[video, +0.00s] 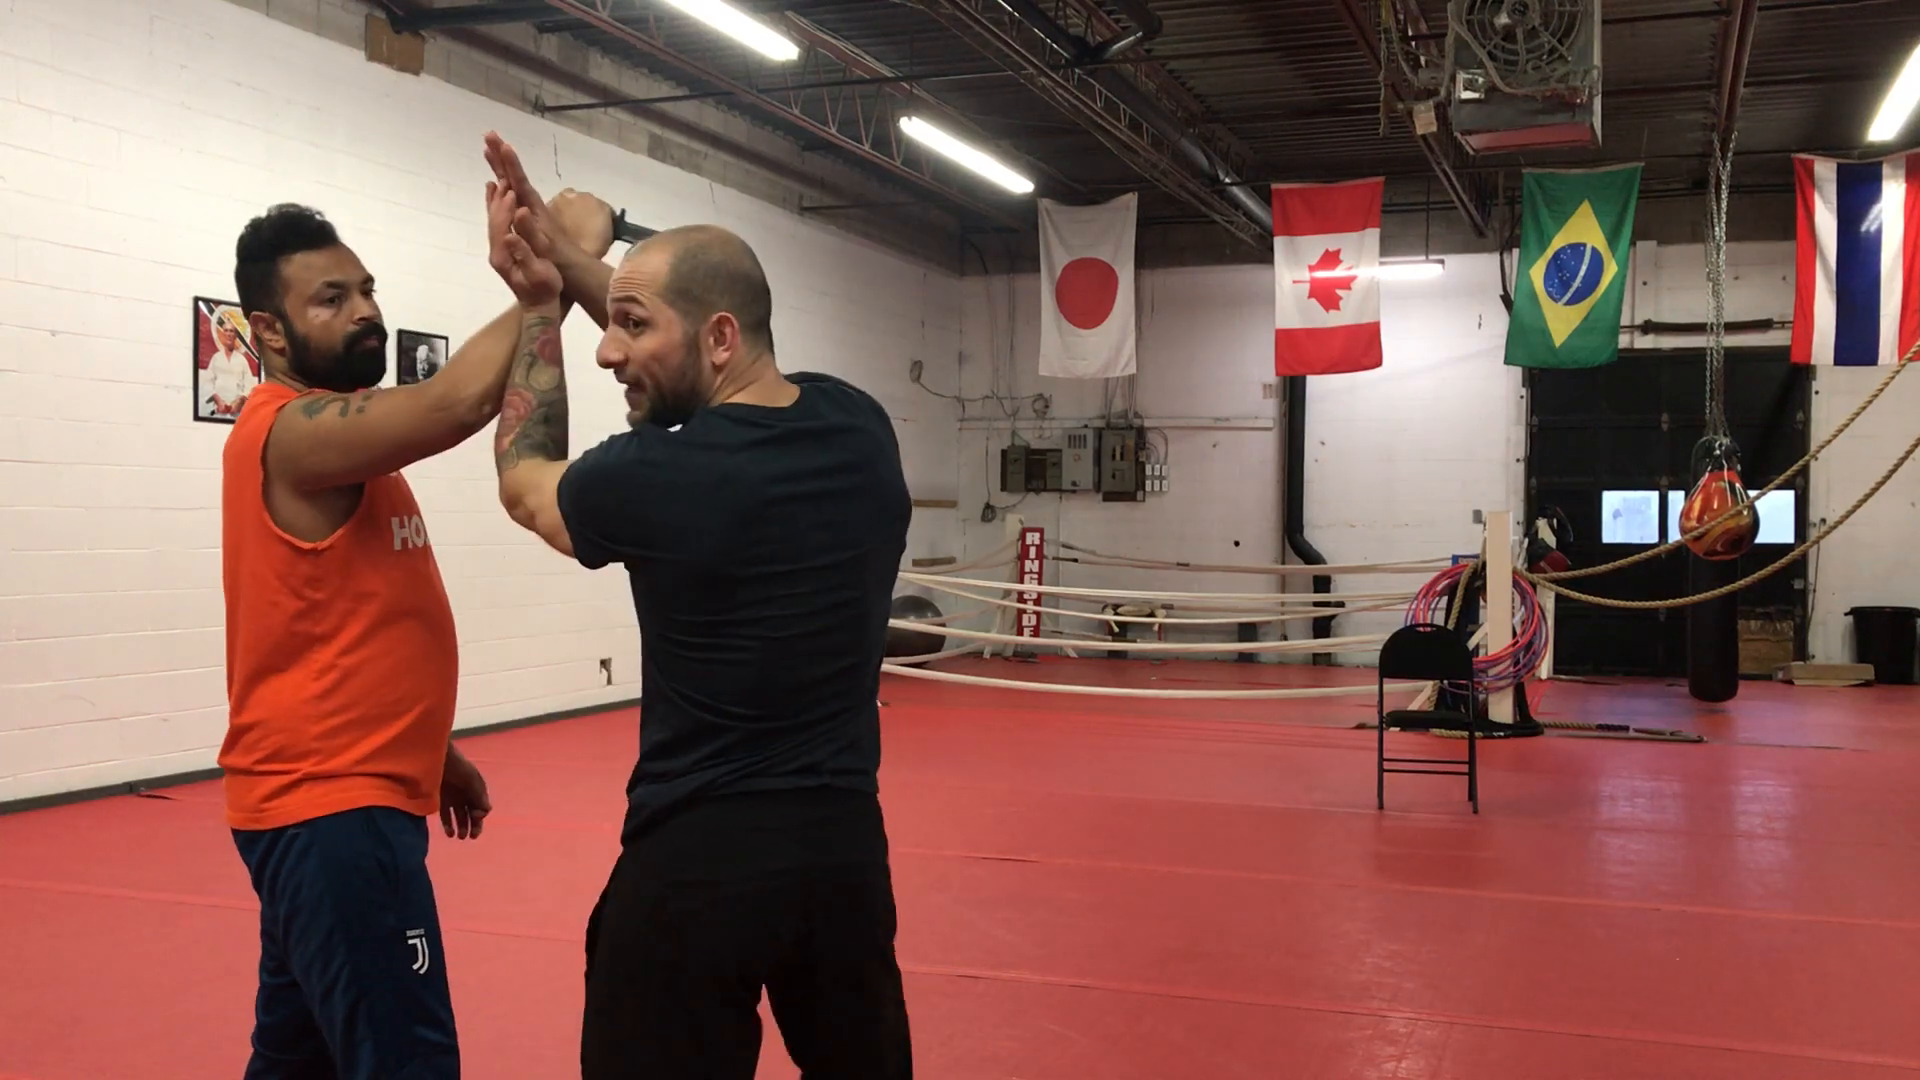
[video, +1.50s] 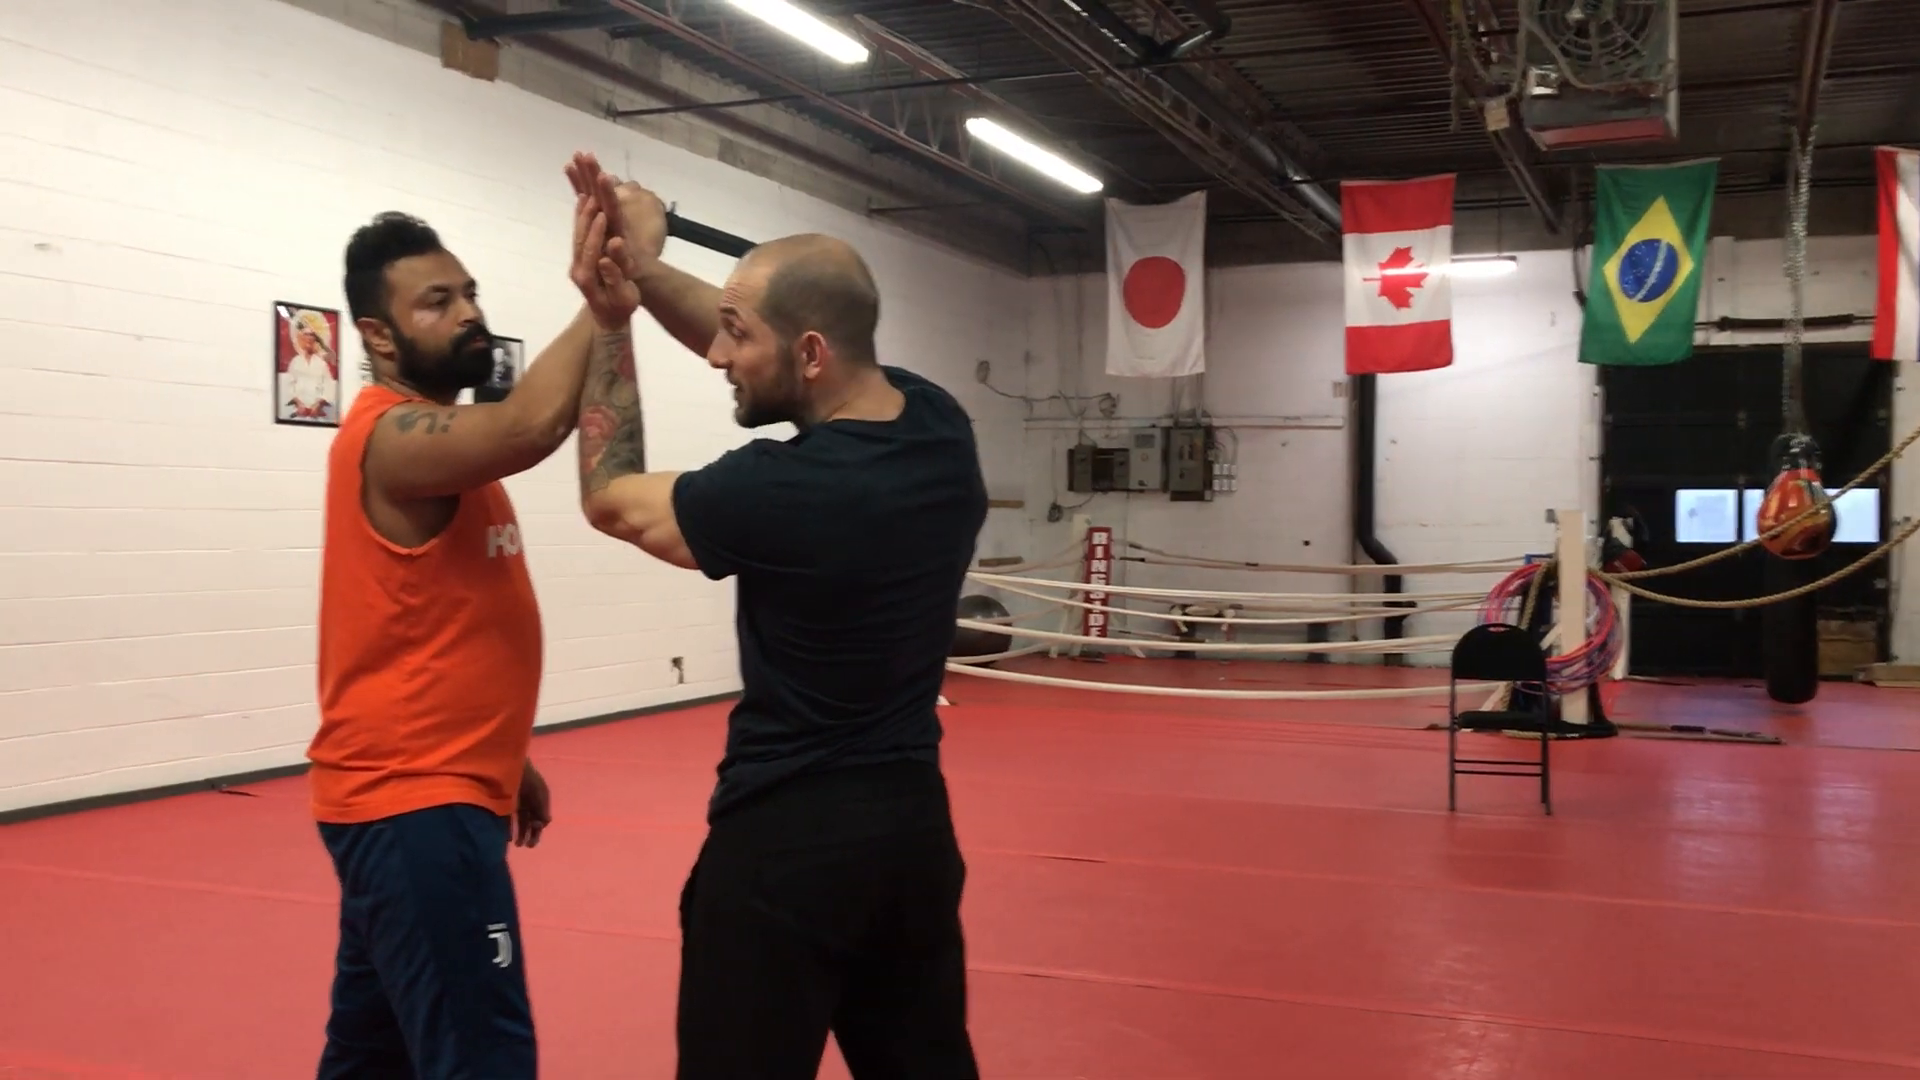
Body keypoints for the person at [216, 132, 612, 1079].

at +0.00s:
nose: (366, 312)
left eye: (367, 291)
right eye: (333, 298)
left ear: (373, 296)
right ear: (270, 329)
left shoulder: (318, 426)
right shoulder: (295, 427)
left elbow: (333, 631)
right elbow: (458, 400)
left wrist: (425, 751)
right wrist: (555, 275)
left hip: (334, 791)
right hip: (334, 800)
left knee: (296, 1056)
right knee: (409, 1057)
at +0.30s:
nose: (363, 308)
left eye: (362, 288)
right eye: (330, 298)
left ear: (370, 290)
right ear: (268, 330)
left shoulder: (313, 425)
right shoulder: (292, 429)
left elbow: (331, 630)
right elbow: (445, 408)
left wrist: (410, 758)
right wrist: (525, 293)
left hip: (328, 794)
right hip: (329, 803)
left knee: (290, 1056)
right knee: (402, 1058)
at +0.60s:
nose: (375, 309)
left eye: (371, 289)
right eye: (341, 299)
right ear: (274, 331)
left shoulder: (299, 420)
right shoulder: (302, 431)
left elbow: (450, 420)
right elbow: (454, 419)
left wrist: (528, 290)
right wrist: (526, 301)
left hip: (314, 797)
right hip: (337, 804)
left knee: (291, 1055)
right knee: (408, 1057)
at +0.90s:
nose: (377, 305)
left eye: (375, 285)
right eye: (342, 295)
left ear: (381, 291)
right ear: (281, 333)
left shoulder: (326, 424)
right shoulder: (305, 430)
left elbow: (347, 628)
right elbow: (455, 418)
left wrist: (420, 762)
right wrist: (529, 298)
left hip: (338, 793)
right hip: (333, 802)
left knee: (296, 1054)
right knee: (409, 1056)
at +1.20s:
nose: (401, 309)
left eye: (400, 288)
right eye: (367, 298)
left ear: (406, 290)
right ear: (306, 332)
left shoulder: (362, 423)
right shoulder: (325, 428)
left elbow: (367, 625)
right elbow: (469, 421)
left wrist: (442, 755)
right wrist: (547, 297)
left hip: (371, 791)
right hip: (349, 800)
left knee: (315, 1054)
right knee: (425, 1055)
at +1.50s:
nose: (470, 314)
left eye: (470, 294)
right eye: (437, 301)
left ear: (473, 300)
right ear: (376, 336)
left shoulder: (427, 424)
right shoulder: (391, 430)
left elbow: (432, 625)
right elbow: (527, 426)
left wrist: (503, 756)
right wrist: (599, 308)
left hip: (433, 788)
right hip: (411, 795)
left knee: (372, 1053)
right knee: (485, 1054)